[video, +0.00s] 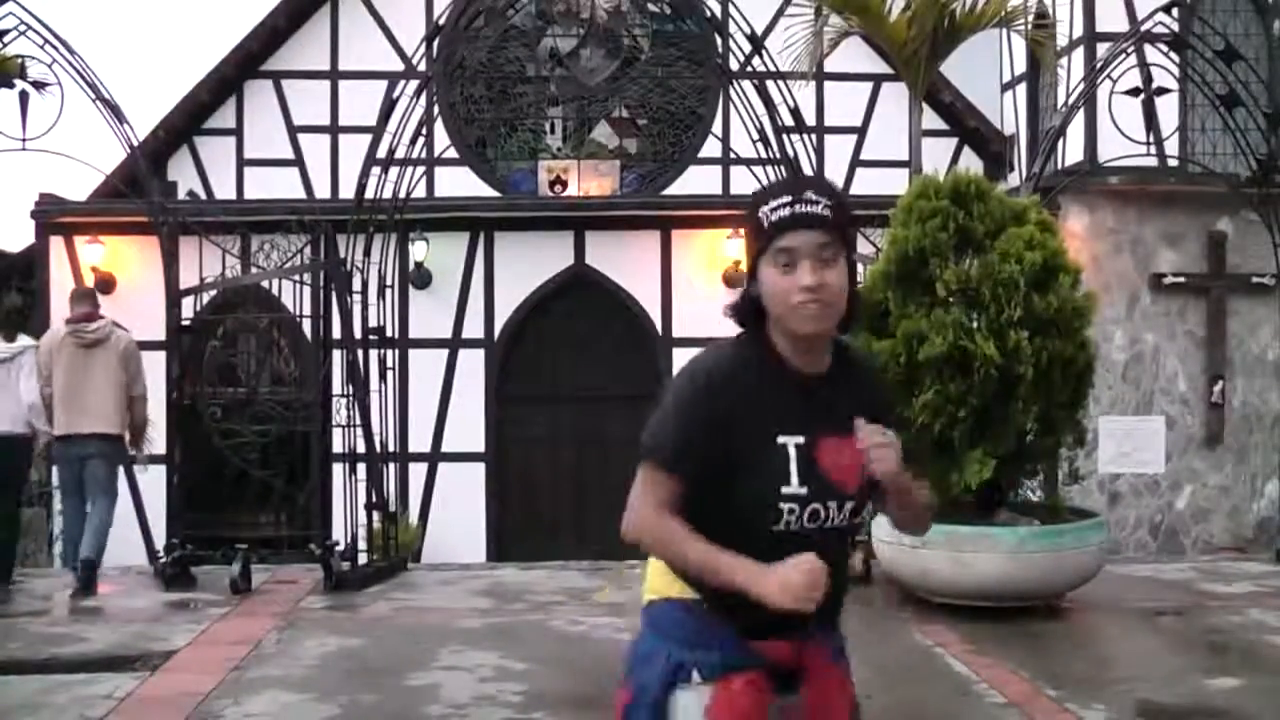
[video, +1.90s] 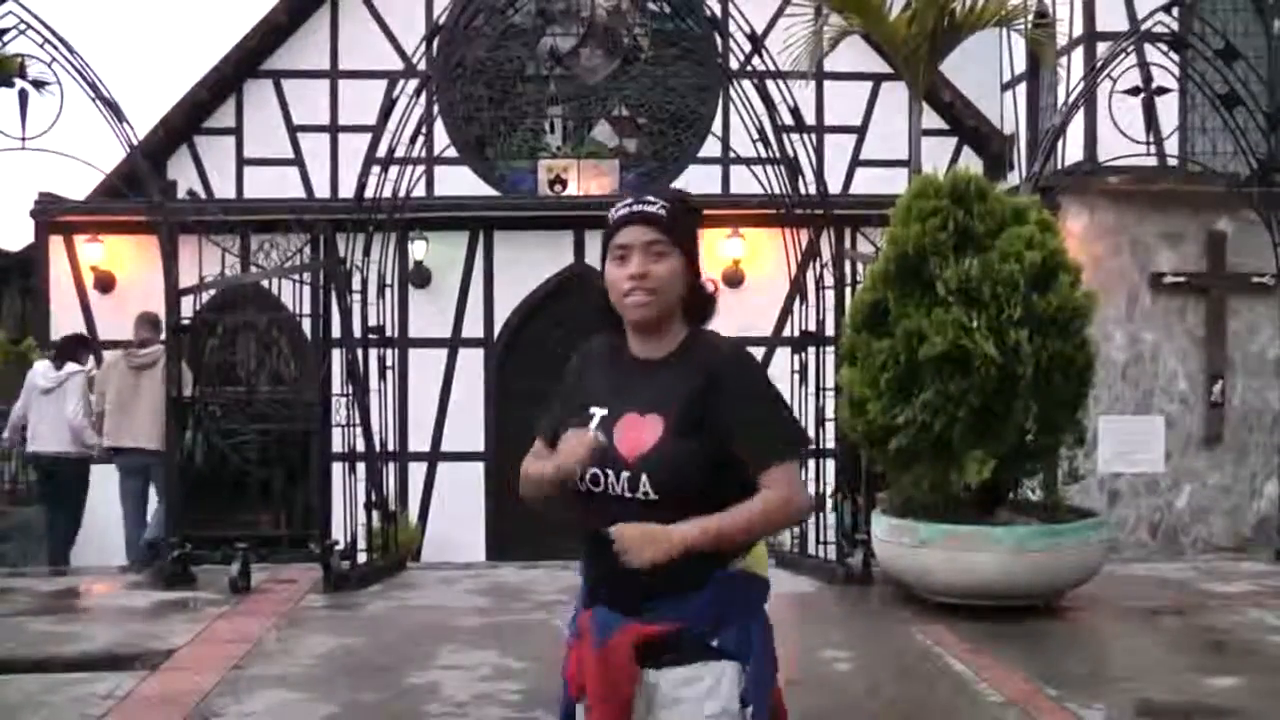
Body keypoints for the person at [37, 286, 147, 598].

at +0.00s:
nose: (81, 315)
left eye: (77, 310)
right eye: (89, 308)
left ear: (70, 311)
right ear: (99, 309)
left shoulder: (51, 341)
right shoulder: (123, 342)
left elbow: (46, 389)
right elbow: (138, 393)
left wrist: (56, 424)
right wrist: (137, 434)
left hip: (67, 434)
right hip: (106, 434)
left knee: (72, 502)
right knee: (101, 499)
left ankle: (76, 571)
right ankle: (88, 561)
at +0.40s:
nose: (98, 316)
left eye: (93, 312)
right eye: (103, 311)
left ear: (83, 311)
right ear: (111, 310)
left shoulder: (60, 343)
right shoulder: (131, 345)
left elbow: (49, 389)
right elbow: (144, 396)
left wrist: (59, 421)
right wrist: (147, 437)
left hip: (74, 432)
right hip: (115, 432)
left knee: (79, 499)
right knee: (126, 491)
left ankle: (83, 566)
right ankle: (122, 552)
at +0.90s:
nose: (135, 318)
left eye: (130, 311)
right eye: (141, 313)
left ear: (121, 313)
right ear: (147, 314)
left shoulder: (99, 342)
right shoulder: (161, 341)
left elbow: (82, 389)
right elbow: (175, 385)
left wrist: (76, 426)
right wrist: (175, 420)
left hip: (111, 432)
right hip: (151, 431)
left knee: (101, 494)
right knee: (155, 491)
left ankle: (88, 552)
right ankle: (149, 556)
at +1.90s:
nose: (139, 337)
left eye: (138, 332)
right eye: (145, 333)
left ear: (135, 332)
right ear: (160, 333)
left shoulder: (113, 362)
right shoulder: (170, 362)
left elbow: (99, 402)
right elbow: (186, 393)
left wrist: (102, 433)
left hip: (123, 441)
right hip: (158, 443)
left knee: (132, 508)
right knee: (167, 499)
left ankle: (135, 559)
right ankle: (151, 543)